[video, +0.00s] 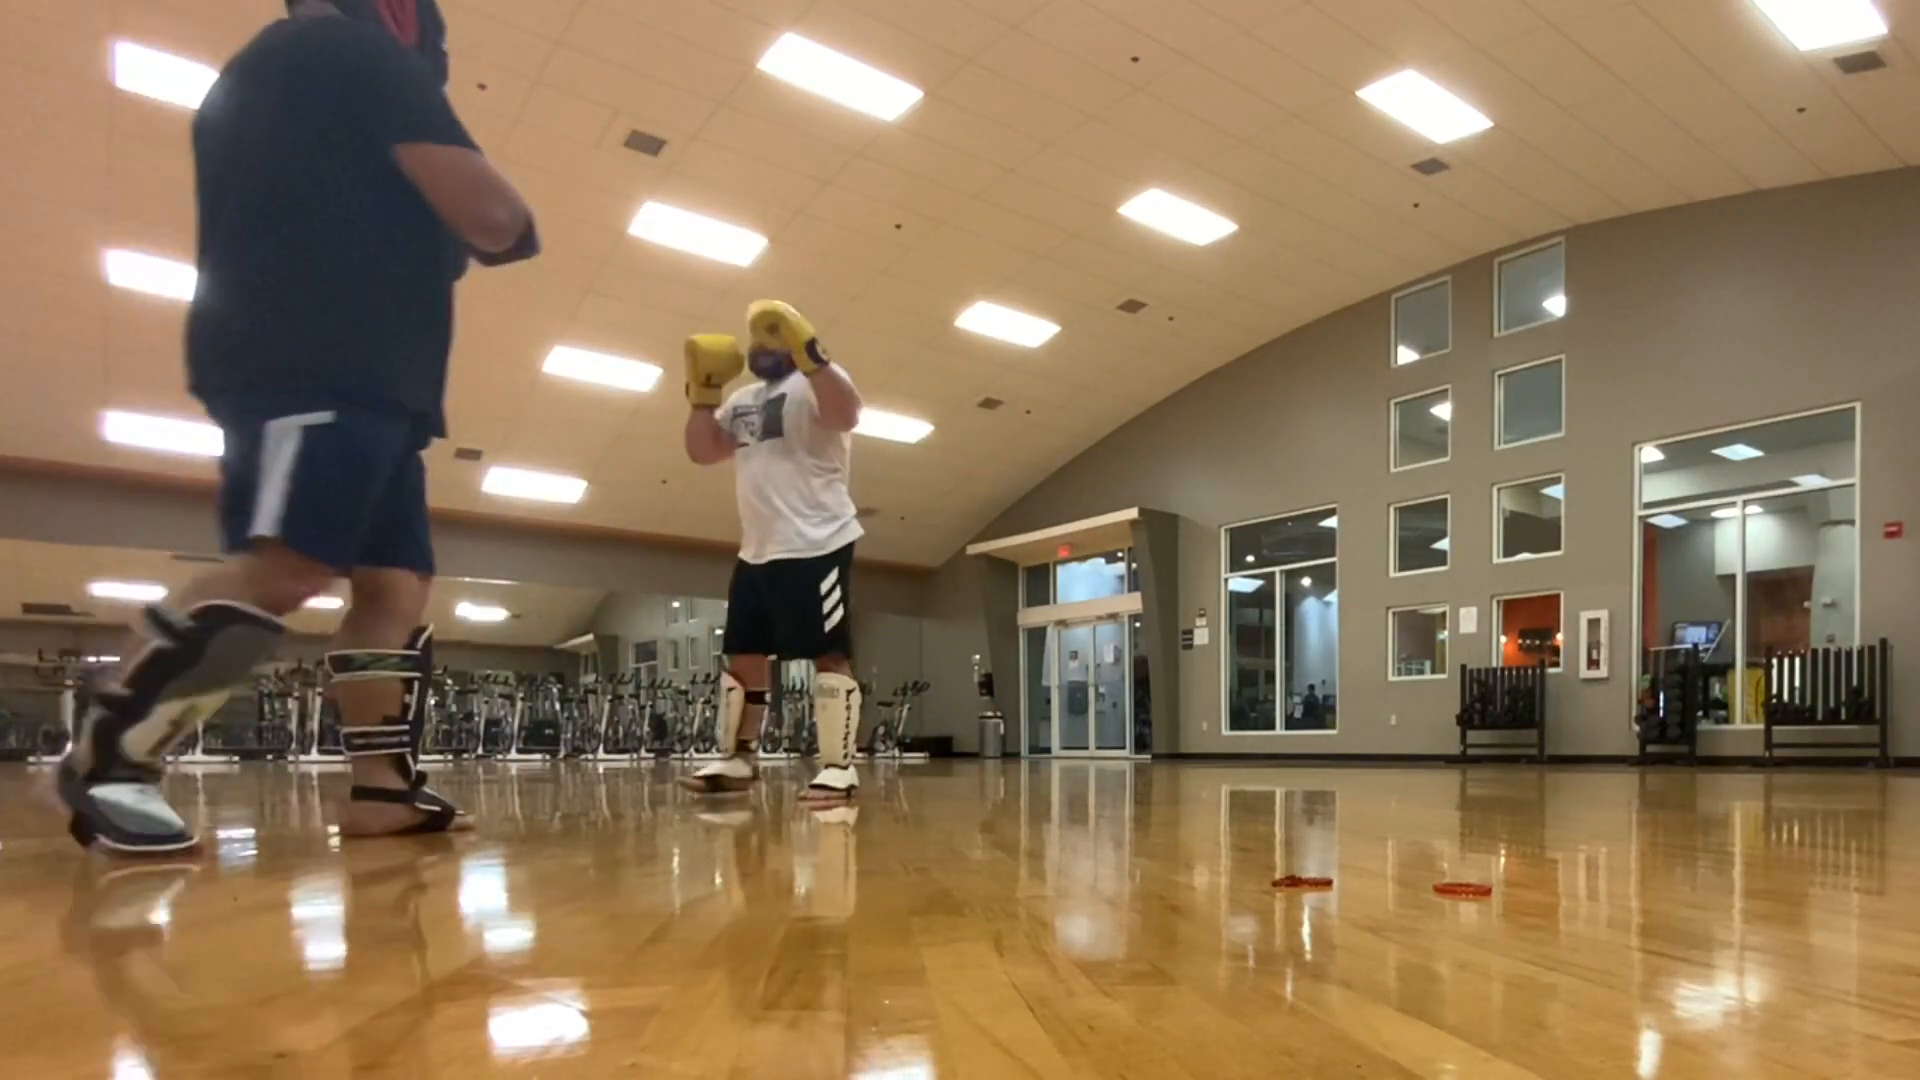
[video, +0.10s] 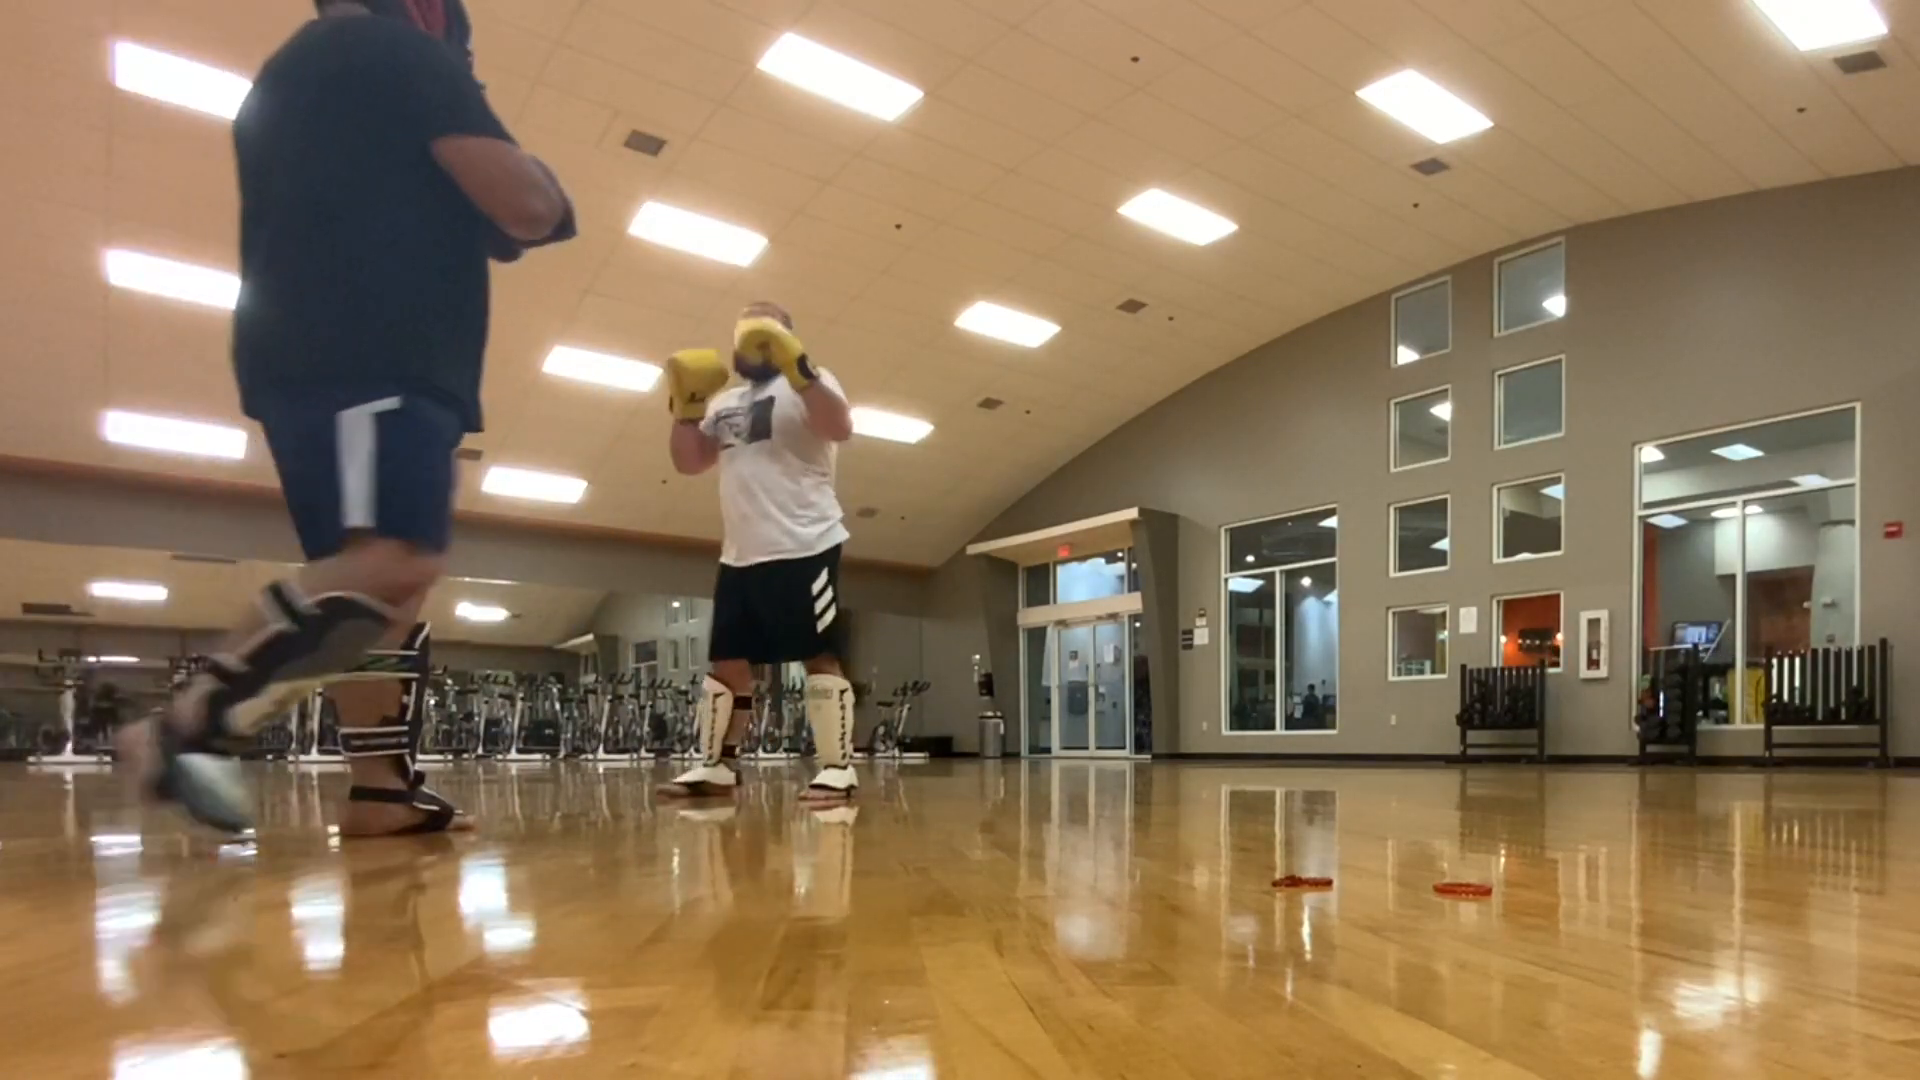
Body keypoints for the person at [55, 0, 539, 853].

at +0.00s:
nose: (428, 40)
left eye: (430, 32)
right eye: (423, 25)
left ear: (308, 0)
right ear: (387, 3)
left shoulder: (243, 75)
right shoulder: (365, 48)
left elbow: (328, 219)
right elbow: (492, 216)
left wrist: (446, 233)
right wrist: (508, 233)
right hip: (331, 362)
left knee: (394, 581)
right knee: (286, 565)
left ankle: (380, 787)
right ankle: (109, 754)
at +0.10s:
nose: (448, 26)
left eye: (448, 21)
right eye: (445, 16)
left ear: (333, 0)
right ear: (416, 2)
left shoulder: (279, 76)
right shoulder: (402, 48)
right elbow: (525, 205)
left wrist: (484, 220)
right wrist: (549, 201)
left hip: (294, 348)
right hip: (379, 343)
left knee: (364, 569)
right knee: (398, 560)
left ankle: (379, 784)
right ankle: (184, 725)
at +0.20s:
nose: (486, 32)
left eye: (485, 24)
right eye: (481, 19)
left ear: (371, 4)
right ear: (448, 4)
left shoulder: (314, 78)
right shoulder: (440, 52)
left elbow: (392, 209)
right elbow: (560, 203)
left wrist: (512, 208)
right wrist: (579, 187)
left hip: (322, 353)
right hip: (417, 346)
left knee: (374, 566)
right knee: (479, 542)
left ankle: (345, 762)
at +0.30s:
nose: (521, 34)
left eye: (520, 23)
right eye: (517, 19)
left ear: (403, 12)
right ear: (485, 9)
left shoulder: (345, 95)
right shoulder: (486, 69)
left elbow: (359, 235)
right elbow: (591, 216)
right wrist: (618, 183)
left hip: (354, 364)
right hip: (463, 360)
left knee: (385, 570)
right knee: (514, 545)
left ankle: (371, 789)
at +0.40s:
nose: (572, 49)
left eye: (568, 34)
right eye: (566, 31)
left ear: (450, 19)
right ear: (536, 18)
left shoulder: (385, 107)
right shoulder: (544, 86)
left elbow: (410, 240)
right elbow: (639, 236)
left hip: (397, 374)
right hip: (512, 370)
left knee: (411, 578)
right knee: (559, 564)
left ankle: (376, 792)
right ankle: (627, 781)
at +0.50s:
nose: (628, 62)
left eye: (628, 47)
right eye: (624, 43)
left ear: (506, 24)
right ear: (599, 30)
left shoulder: (429, 108)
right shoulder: (610, 102)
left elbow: (407, 255)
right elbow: (692, 257)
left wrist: (506, 250)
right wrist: (605, 232)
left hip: (456, 386)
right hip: (580, 382)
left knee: (459, 585)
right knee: (633, 569)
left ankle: (386, 788)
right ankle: (648, 790)